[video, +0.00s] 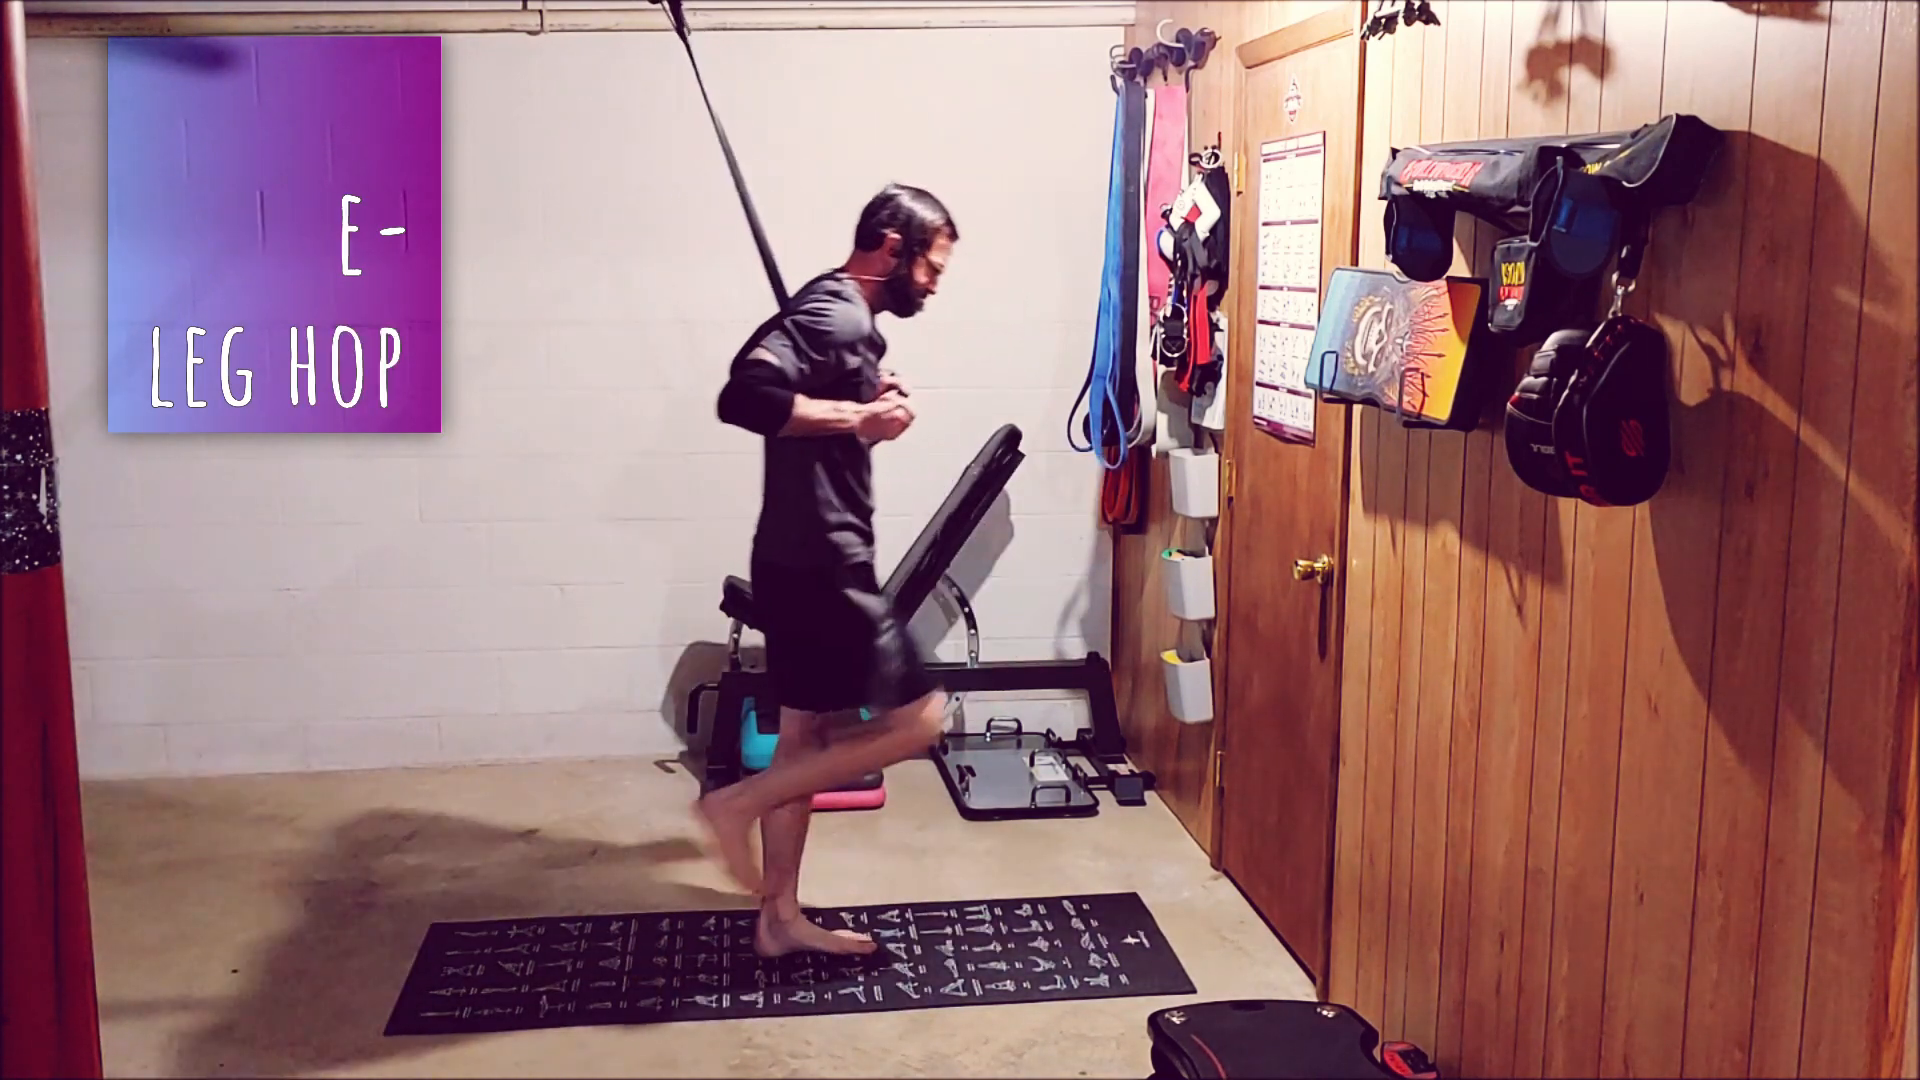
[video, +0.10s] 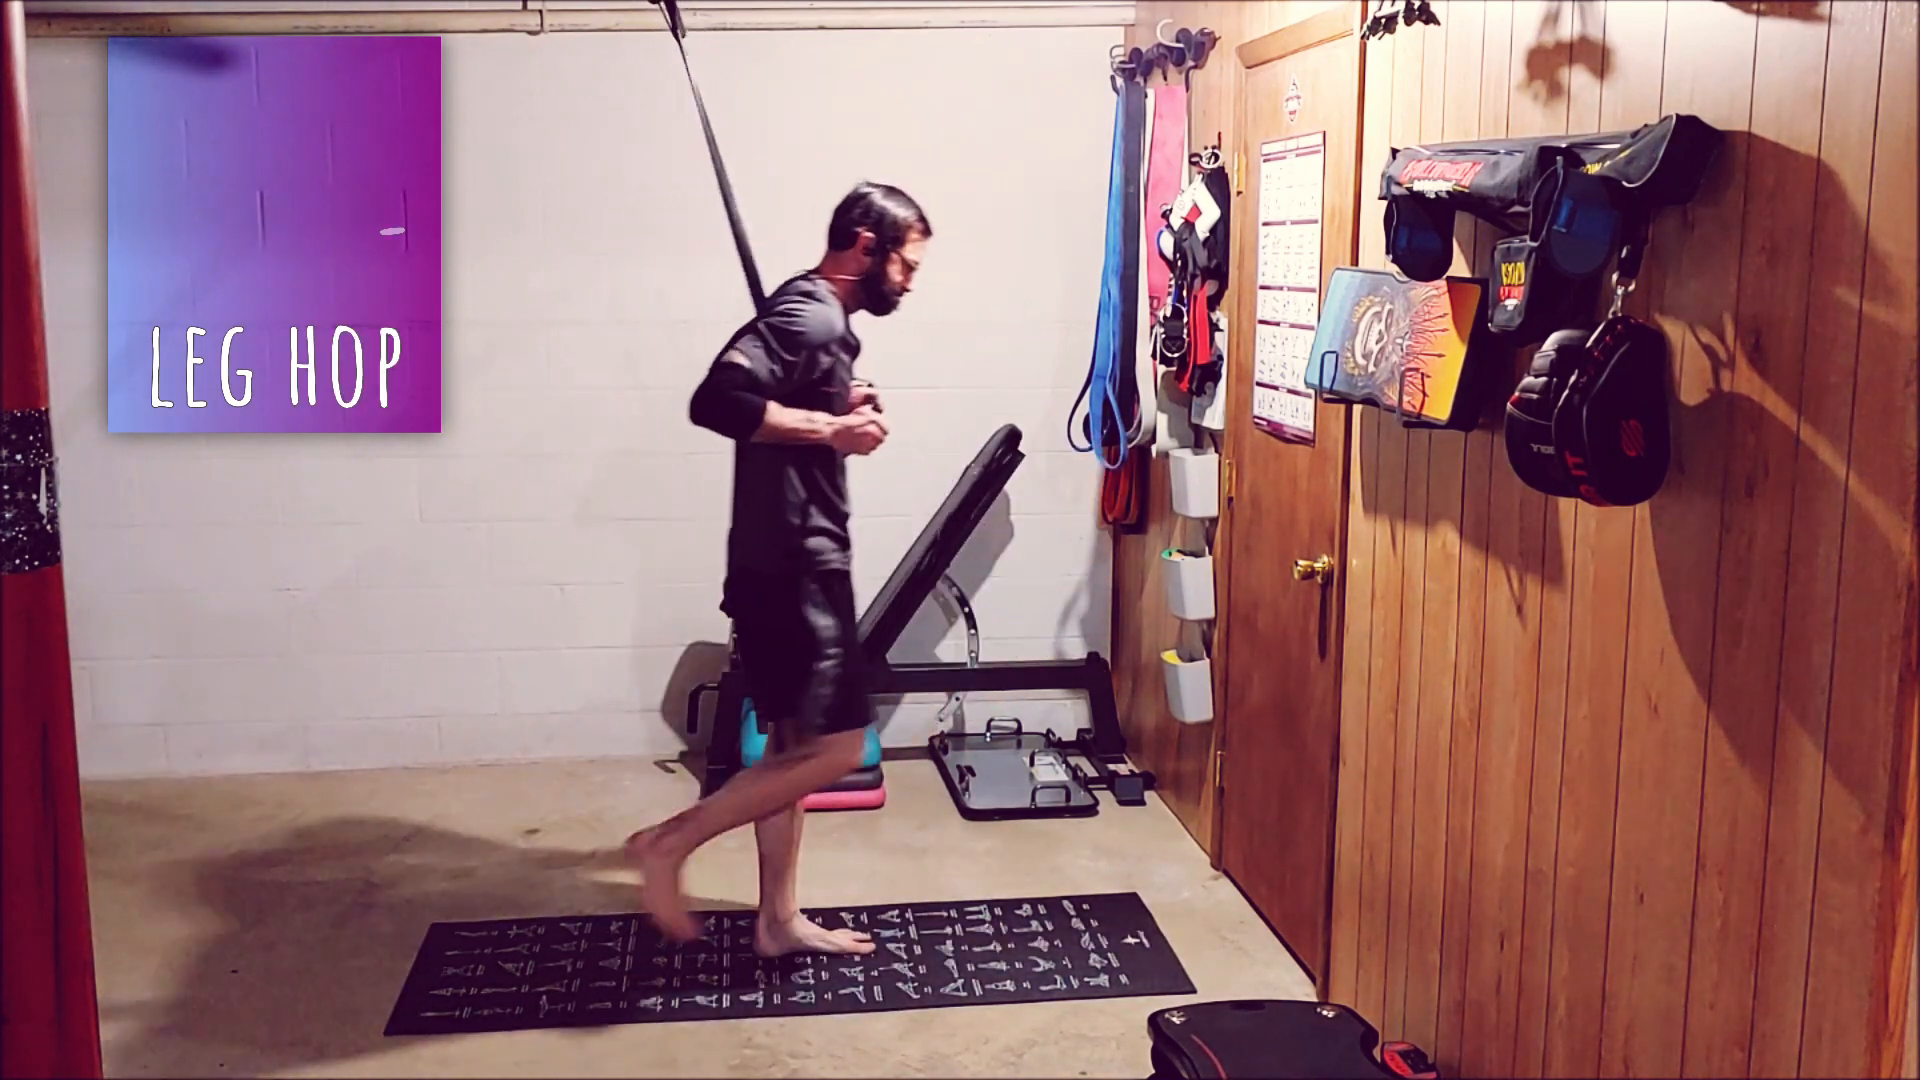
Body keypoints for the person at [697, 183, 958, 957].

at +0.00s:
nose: (936, 283)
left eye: (941, 269)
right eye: (933, 265)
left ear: (887, 251)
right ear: (889, 249)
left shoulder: (852, 316)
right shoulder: (829, 307)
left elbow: (795, 407)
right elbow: (745, 396)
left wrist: (870, 397)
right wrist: (858, 417)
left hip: (819, 553)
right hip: (819, 557)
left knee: (803, 733)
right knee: (920, 717)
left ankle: (780, 917)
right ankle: (735, 805)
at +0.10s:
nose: (910, 282)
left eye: (915, 267)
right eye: (907, 264)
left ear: (860, 249)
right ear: (862, 246)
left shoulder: (825, 316)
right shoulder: (806, 311)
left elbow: (780, 408)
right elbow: (716, 400)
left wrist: (847, 402)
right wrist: (832, 427)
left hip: (798, 559)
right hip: (793, 562)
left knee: (793, 741)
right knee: (840, 745)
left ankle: (780, 921)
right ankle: (665, 845)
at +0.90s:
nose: (778, 300)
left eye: (781, 285)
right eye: (774, 283)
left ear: (729, 269)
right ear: (725, 267)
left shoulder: (691, 340)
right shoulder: (653, 330)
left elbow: (640, 419)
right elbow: (542, 406)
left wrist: (691, 435)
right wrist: (646, 451)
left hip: (658, 579)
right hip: (598, 578)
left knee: (718, 729)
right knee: (585, 756)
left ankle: (699, 910)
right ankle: (554, 937)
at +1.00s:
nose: (790, 300)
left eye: (793, 285)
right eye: (786, 282)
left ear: (741, 270)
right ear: (738, 268)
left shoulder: (701, 341)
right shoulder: (668, 331)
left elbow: (649, 418)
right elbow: (559, 407)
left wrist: (701, 437)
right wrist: (663, 453)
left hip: (662, 580)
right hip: (605, 579)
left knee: (716, 733)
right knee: (589, 754)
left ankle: (694, 913)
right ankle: (553, 938)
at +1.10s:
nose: (810, 303)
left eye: (814, 288)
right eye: (806, 286)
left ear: (762, 274)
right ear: (759, 272)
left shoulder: (721, 345)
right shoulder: (692, 334)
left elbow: (656, 426)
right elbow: (585, 410)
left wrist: (717, 441)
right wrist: (686, 456)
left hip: (675, 579)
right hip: (620, 577)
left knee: (725, 733)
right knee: (595, 753)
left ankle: (697, 915)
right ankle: (554, 937)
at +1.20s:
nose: (838, 307)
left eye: (842, 292)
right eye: (833, 290)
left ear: (787, 278)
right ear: (787, 275)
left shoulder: (744, 347)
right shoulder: (716, 339)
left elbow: (683, 425)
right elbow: (615, 413)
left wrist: (741, 442)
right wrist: (717, 457)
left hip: (696, 581)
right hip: (643, 581)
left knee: (742, 736)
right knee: (606, 755)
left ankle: (700, 916)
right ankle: (556, 934)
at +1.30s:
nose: (871, 307)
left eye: (875, 293)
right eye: (865, 291)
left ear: (815, 282)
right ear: (818, 280)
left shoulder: (772, 349)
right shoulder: (751, 341)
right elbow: (647, 411)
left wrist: (782, 438)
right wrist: (755, 453)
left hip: (721, 581)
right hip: (678, 581)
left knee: (761, 742)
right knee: (634, 754)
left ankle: (701, 917)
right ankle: (559, 932)